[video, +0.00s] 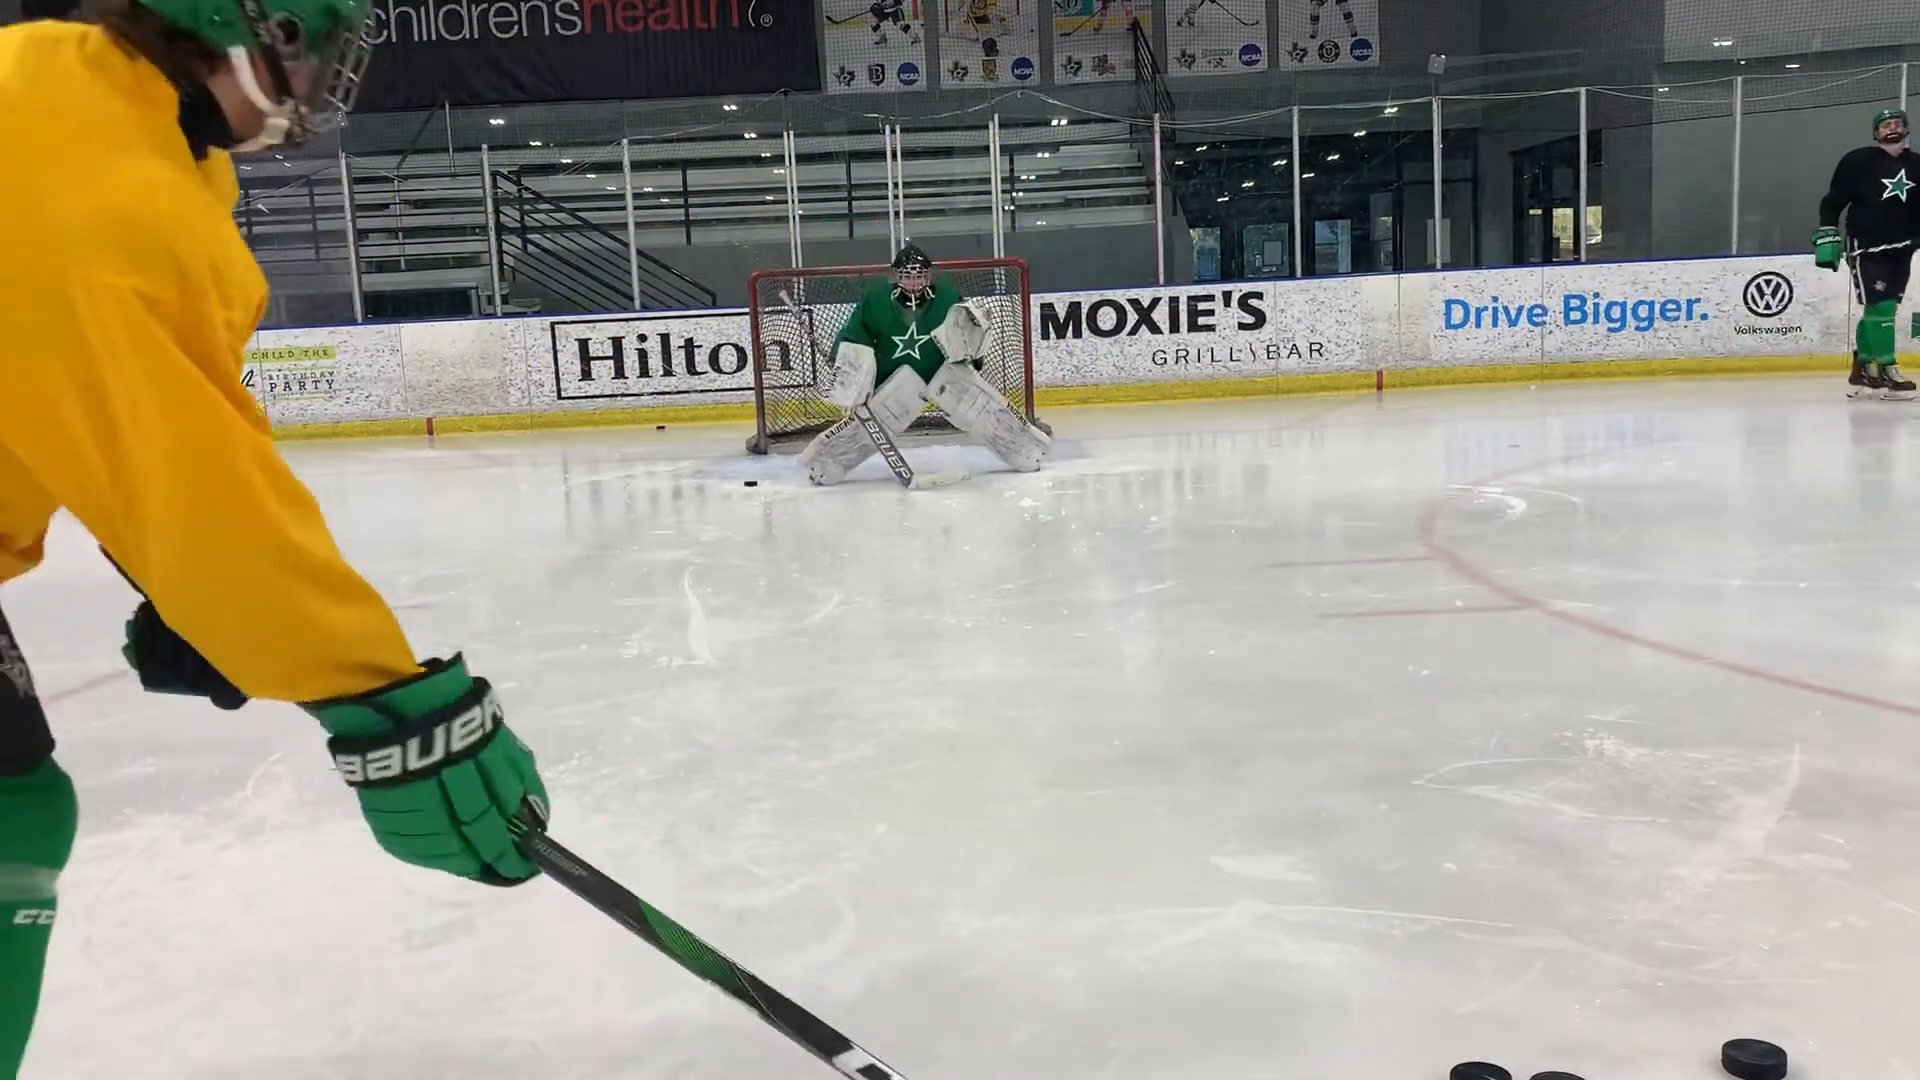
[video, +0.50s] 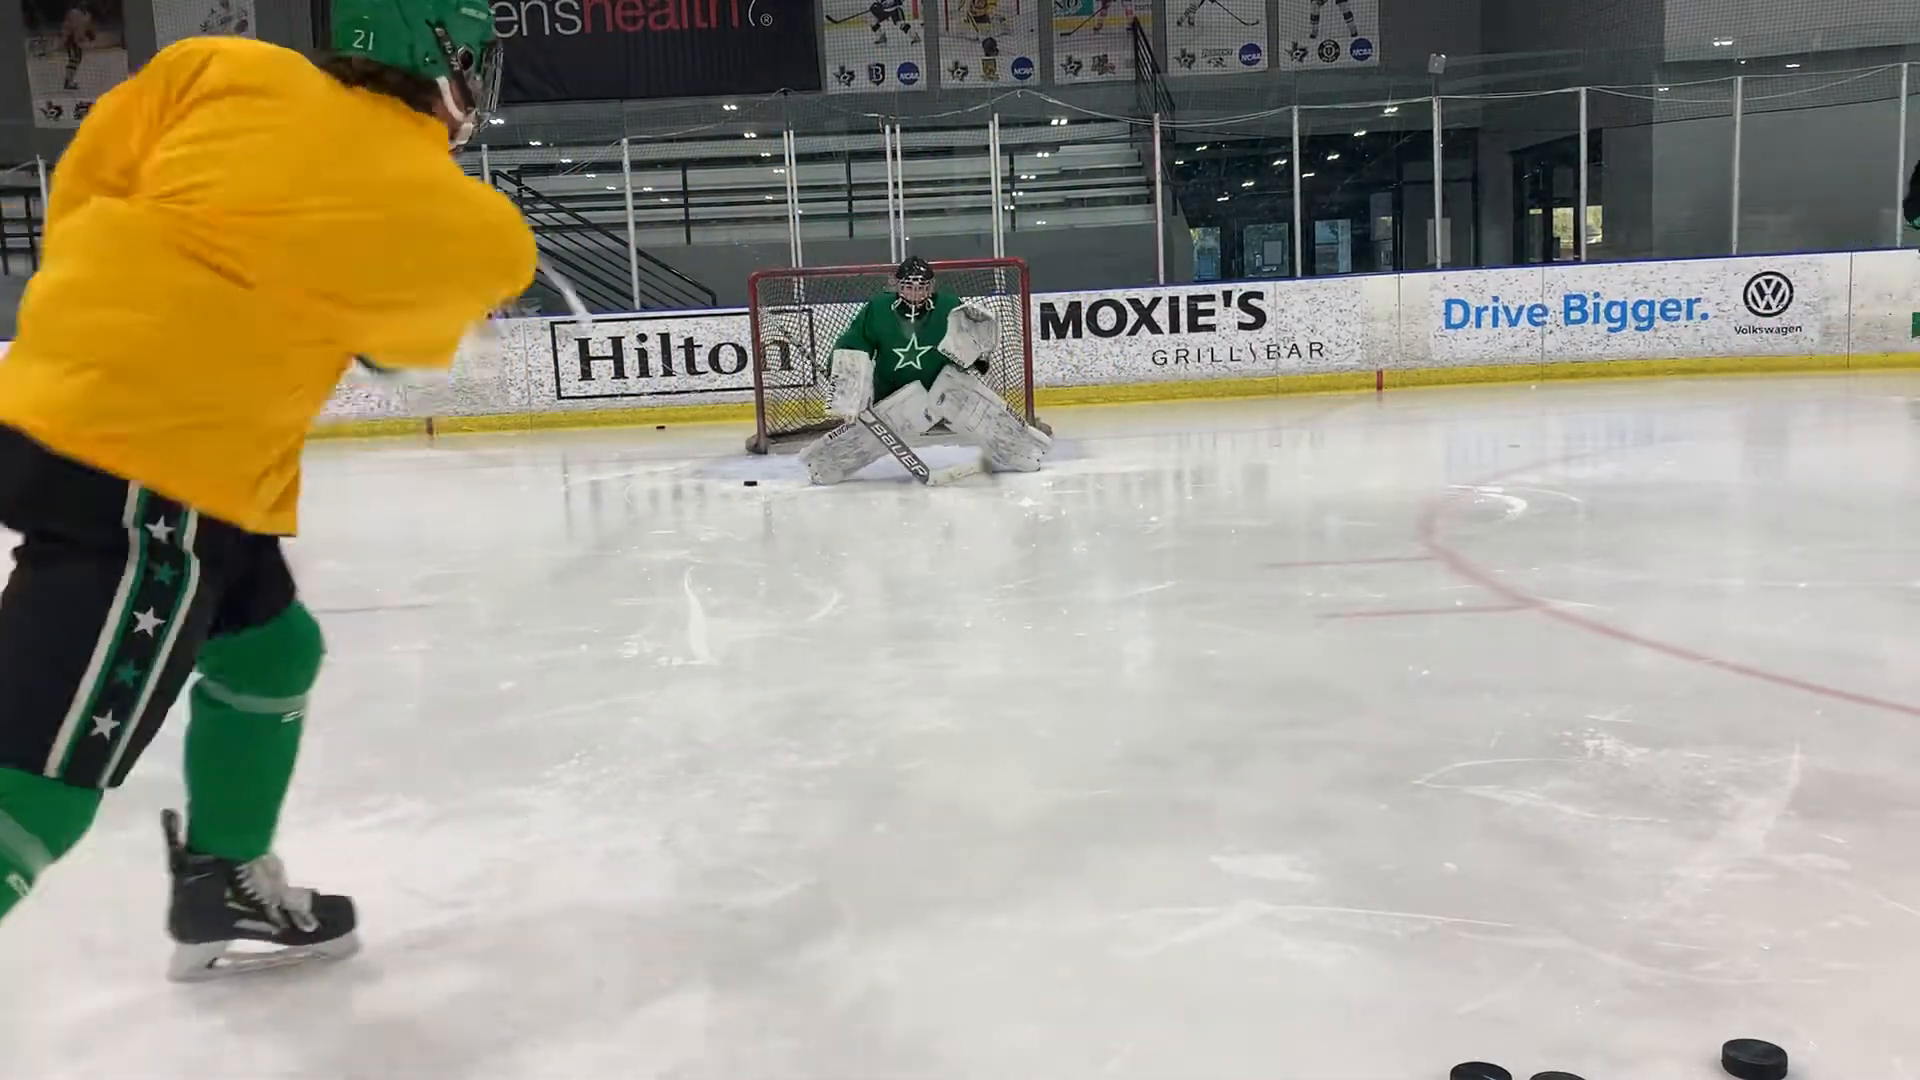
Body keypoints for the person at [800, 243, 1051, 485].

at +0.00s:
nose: (913, 281)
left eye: (919, 274)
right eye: (907, 275)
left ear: (929, 274)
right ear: (895, 276)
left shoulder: (946, 296)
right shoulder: (876, 303)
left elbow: (969, 348)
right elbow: (854, 342)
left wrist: (970, 333)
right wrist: (852, 380)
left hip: (946, 372)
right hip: (897, 378)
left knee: (982, 409)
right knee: (872, 424)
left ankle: (1027, 451)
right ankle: (826, 464)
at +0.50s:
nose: (916, 292)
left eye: (921, 286)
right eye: (909, 286)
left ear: (931, 285)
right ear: (898, 286)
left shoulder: (950, 307)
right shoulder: (877, 311)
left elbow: (977, 359)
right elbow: (850, 349)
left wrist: (973, 349)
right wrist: (849, 388)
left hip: (946, 389)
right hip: (895, 399)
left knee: (981, 415)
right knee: (870, 434)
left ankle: (1019, 448)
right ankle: (827, 464)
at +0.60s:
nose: (915, 297)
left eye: (921, 290)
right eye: (909, 290)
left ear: (930, 288)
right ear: (897, 288)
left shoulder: (948, 308)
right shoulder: (874, 312)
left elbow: (977, 357)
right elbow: (847, 348)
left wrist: (985, 331)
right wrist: (862, 370)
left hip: (945, 401)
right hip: (896, 405)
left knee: (984, 430)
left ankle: (1024, 445)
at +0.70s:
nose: (918, 302)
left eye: (923, 296)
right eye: (912, 296)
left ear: (931, 296)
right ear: (899, 295)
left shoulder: (947, 317)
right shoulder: (876, 319)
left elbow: (967, 352)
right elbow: (847, 355)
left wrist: (998, 346)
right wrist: (859, 386)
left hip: (945, 412)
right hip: (896, 414)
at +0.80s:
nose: (928, 305)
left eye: (932, 298)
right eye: (921, 299)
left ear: (938, 298)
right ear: (904, 300)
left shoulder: (951, 324)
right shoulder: (881, 326)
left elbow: (975, 355)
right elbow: (849, 358)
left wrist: (1010, 340)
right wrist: (853, 390)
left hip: (943, 410)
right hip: (892, 412)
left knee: (975, 444)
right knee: (884, 449)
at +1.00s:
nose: (944, 297)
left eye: (945, 289)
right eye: (936, 291)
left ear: (948, 288)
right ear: (918, 293)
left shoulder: (961, 322)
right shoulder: (889, 323)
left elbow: (983, 356)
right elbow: (853, 360)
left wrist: (1013, 327)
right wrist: (852, 405)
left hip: (954, 426)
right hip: (899, 428)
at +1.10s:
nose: (940, 292)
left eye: (943, 284)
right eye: (933, 285)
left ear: (948, 285)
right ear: (915, 287)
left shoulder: (961, 319)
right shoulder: (890, 319)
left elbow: (976, 360)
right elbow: (852, 360)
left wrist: (1011, 343)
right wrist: (858, 399)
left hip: (954, 425)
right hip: (900, 427)